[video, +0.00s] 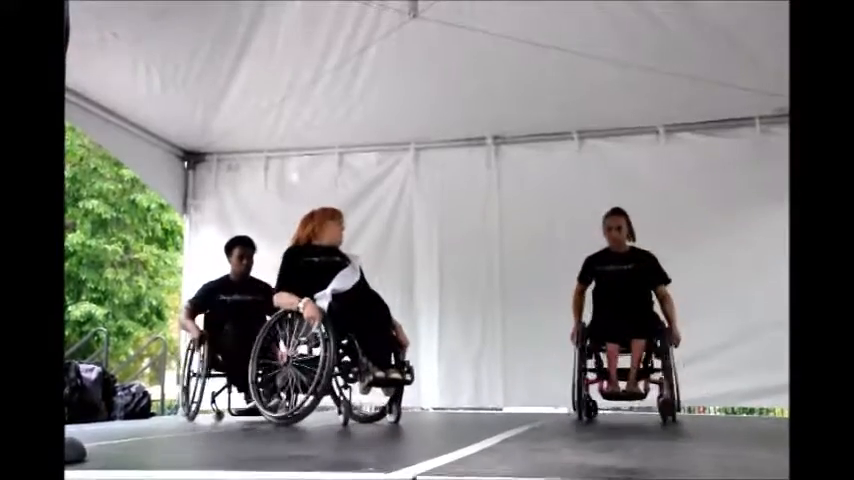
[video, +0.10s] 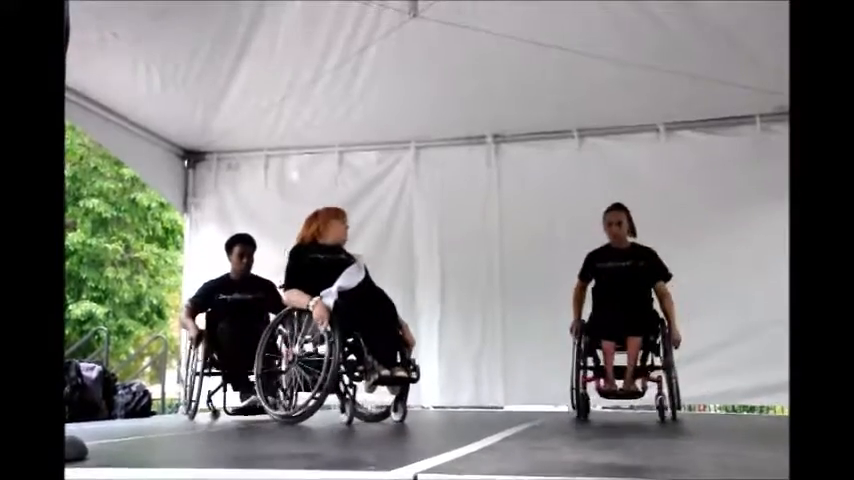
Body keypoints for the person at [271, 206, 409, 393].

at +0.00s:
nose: (342, 229)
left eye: (342, 225)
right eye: (338, 225)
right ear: (319, 227)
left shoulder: (345, 259)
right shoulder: (296, 254)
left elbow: (367, 293)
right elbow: (279, 296)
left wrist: (394, 326)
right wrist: (302, 303)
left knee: (375, 308)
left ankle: (382, 366)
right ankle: (376, 367)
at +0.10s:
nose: (347, 229)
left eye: (346, 225)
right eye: (343, 224)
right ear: (324, 226)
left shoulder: (348, 258)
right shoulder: (301, 253)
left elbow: (372, 292)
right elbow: (290, 294)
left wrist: (401, 325)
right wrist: (313, 302)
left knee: (381, 307)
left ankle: (389, 364)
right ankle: (378, 365)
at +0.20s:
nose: (350, 228)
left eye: (349, 223)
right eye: (345, 222)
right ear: (328, 225)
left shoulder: (351, 256)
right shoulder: (305, 251)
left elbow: (375, 290)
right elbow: (294, 292)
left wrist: (405, 323)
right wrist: (316, 304)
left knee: (385, 304)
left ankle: (393, 364)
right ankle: (384, 364)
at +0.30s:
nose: (354, 226)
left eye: (353, 222)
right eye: (349, 222)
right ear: (330, 224)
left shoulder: (354, 255)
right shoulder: (308, 250)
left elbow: (379, 287)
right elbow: (301, 292)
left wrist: (412, 316)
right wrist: (322, 304)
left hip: (369, 303)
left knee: (391, 307)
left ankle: (399, 363)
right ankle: (390, 364)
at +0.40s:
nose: (355, 224)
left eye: (354, 220)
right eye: (350, 219)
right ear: (332, 223)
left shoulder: (355, 255)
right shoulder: (310, 250)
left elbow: (382, 286)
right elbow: (303, 292)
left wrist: (416, 305)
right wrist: (325, 299)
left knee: (397, 306)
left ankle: (399, 363)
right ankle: (388, 365)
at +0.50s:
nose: (358, 222)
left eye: (357, 218)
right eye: (352, 218)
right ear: (334, 222)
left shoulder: (360, 255)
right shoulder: (313, 250)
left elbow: (396, 281)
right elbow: (306, 286)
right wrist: (329, 278)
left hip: (369, 303)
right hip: (332, 311)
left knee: (400, 304)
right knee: (381, 308)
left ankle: (406, 362)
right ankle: (388, 364)